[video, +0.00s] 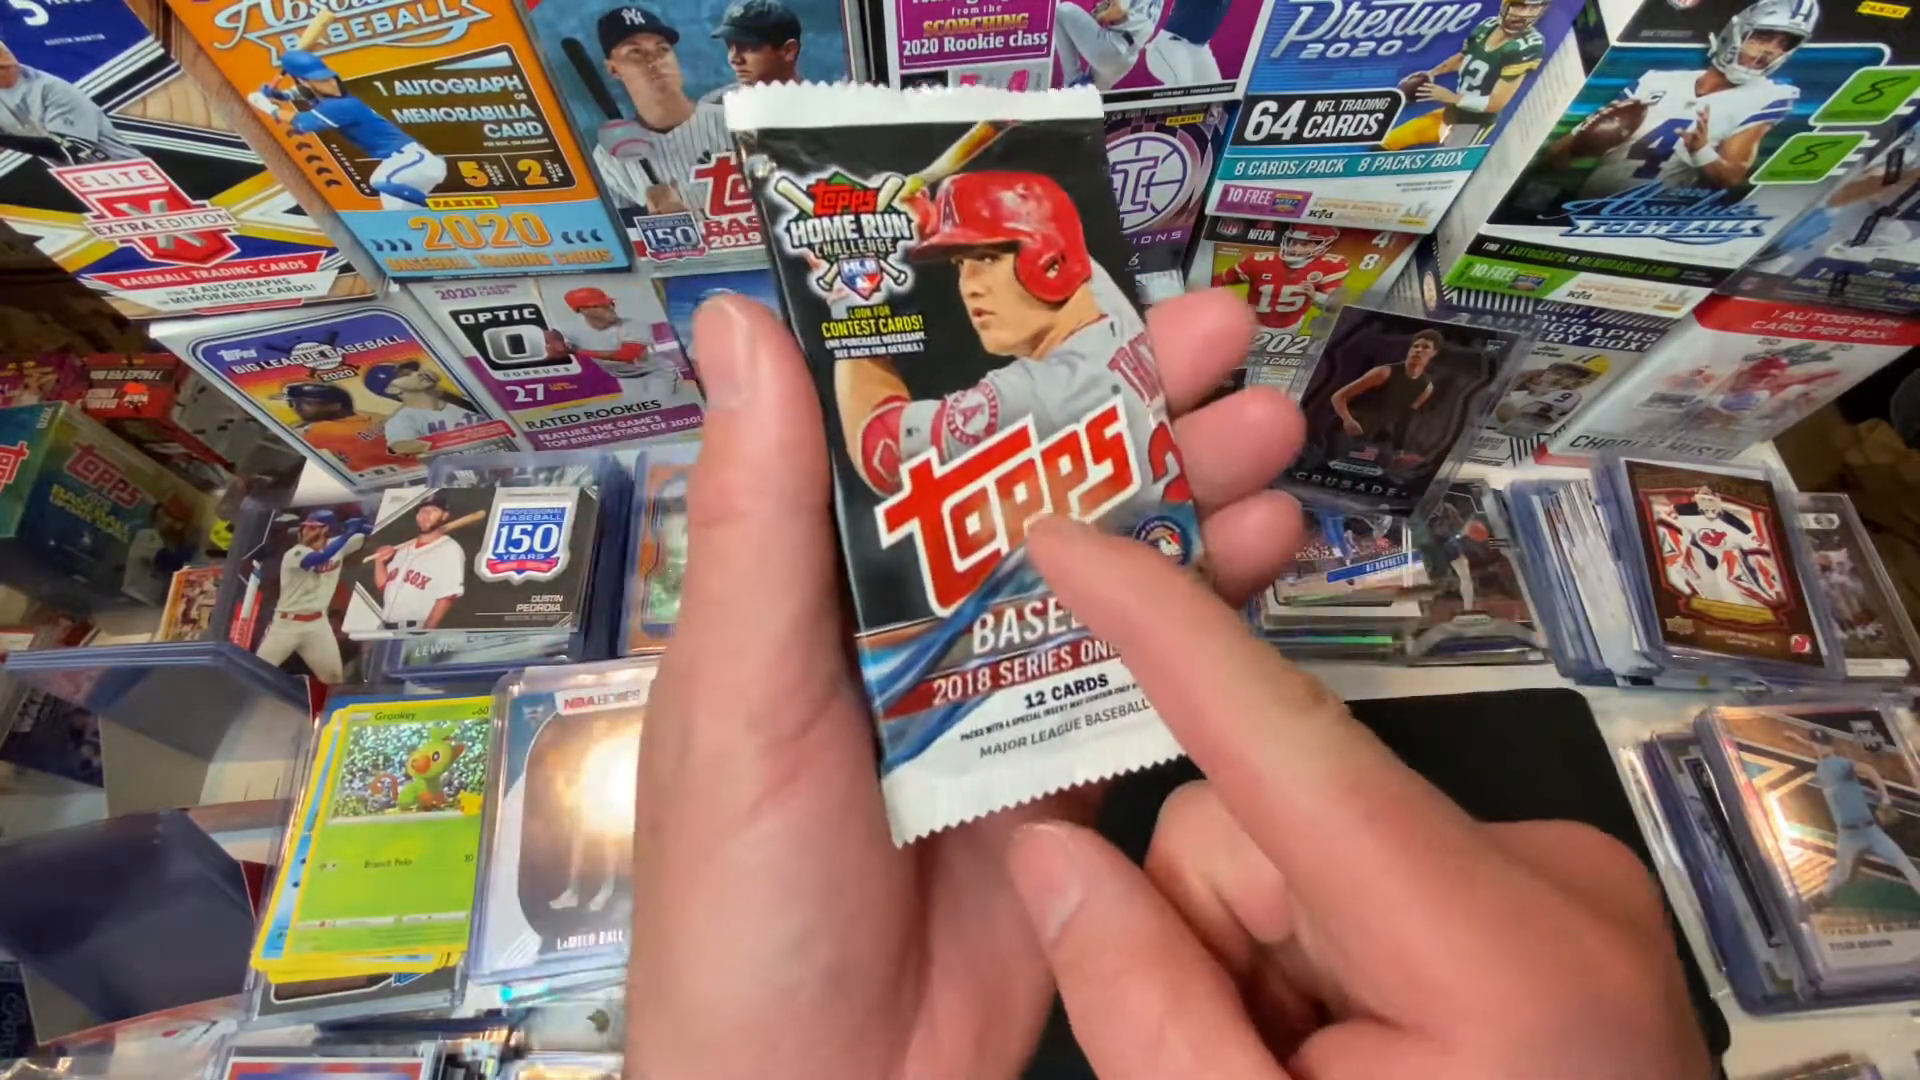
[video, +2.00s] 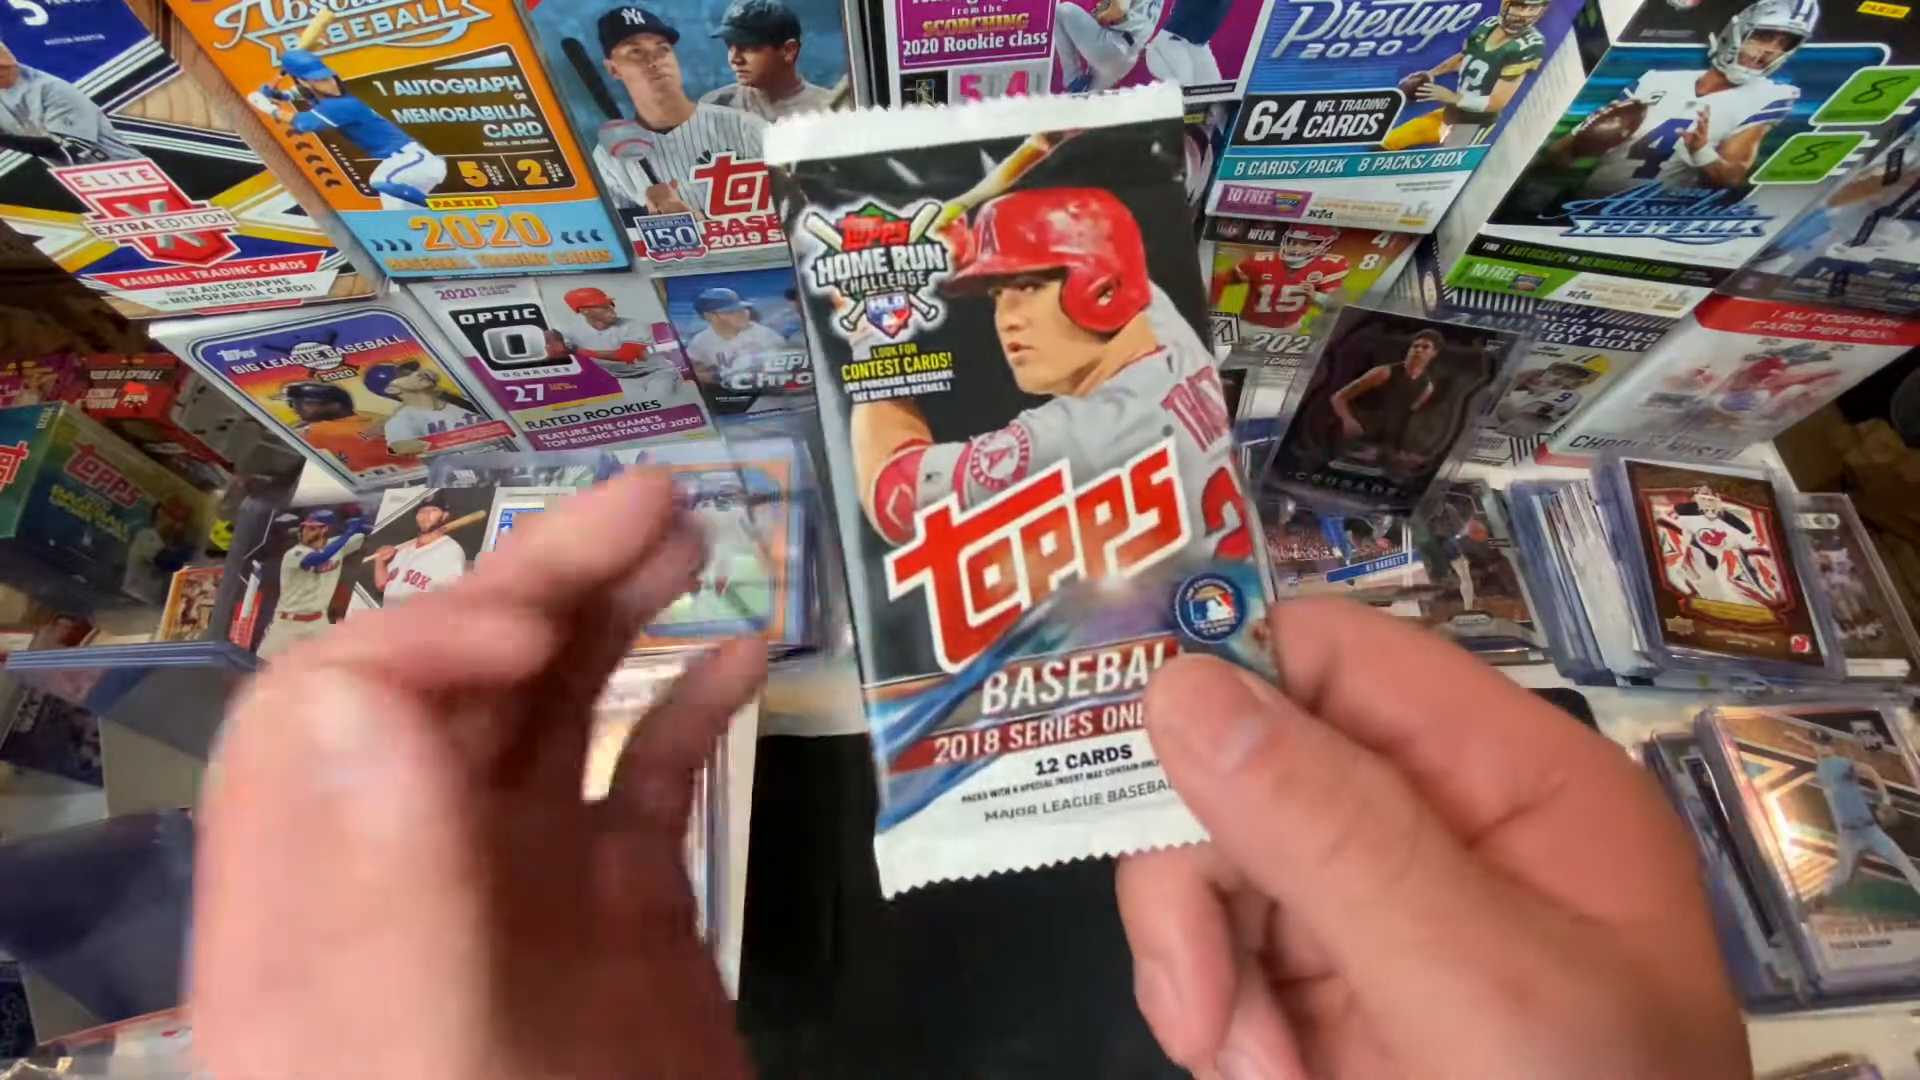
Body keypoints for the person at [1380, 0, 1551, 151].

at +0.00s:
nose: (1517, 17)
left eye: (1528, 11)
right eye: (1513, 8)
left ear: (1541, 12)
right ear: (1503, 5)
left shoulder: (1527, 47)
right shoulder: (1486, 26)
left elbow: (1495, 103)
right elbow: (1463, 58)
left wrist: (1449, 97)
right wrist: (1432, 73)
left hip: (1478, 123)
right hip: (1452, 111)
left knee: (1441, 174)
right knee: (1388, 141)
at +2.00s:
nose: (1520, 13)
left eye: (1530, 7)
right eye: (1515, 5)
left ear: (1542, 11)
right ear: (1503, 4)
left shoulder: (1528, 47)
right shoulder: (1487, 26)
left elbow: (1496, 103)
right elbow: (1463, 58)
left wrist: (1451, 97)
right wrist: (1431, 73)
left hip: (1478, 122)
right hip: (1452, 110)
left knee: (1442, 172)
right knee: (1389, 141)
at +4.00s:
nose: (1520, 13)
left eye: (1530, 7)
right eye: (1515, 5)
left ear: (1541, 11)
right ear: (1504, 5)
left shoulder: (1528, 47)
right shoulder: (1487, 26)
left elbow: (1496, 103)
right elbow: (1463, 57)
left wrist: (1450, 97)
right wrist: (1431, 73)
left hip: (1478, 123)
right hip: (1452, 111)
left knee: (1442, 172)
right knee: (1388, 141)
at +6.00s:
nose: (1516, 13)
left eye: (1528, 7)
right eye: (1513, 5)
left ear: (1541, 11)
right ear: (1503, 4)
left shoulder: (1527, 47)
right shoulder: (1487, 26)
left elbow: (1495, 104)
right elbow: (1463, 58)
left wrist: (1450, 97)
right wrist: (1431, 73)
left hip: (1476, 124)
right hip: (1451, 111)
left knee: (1442, 175)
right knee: (1389, 141)